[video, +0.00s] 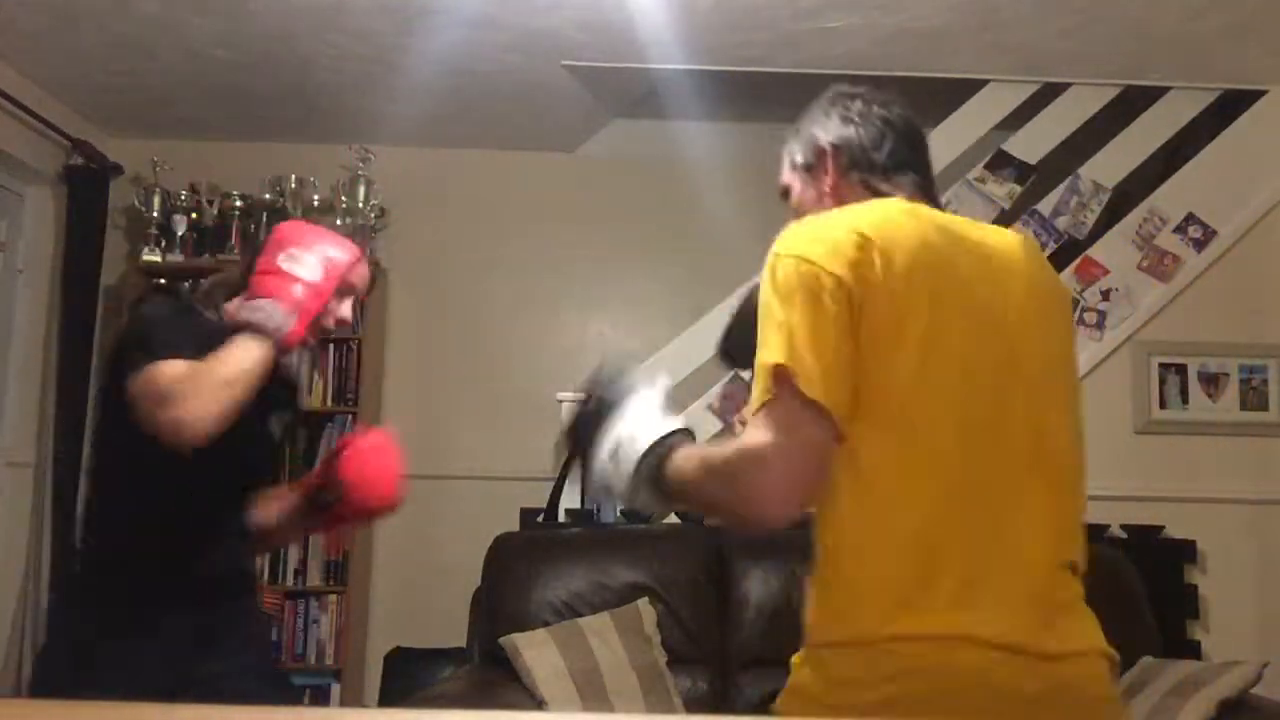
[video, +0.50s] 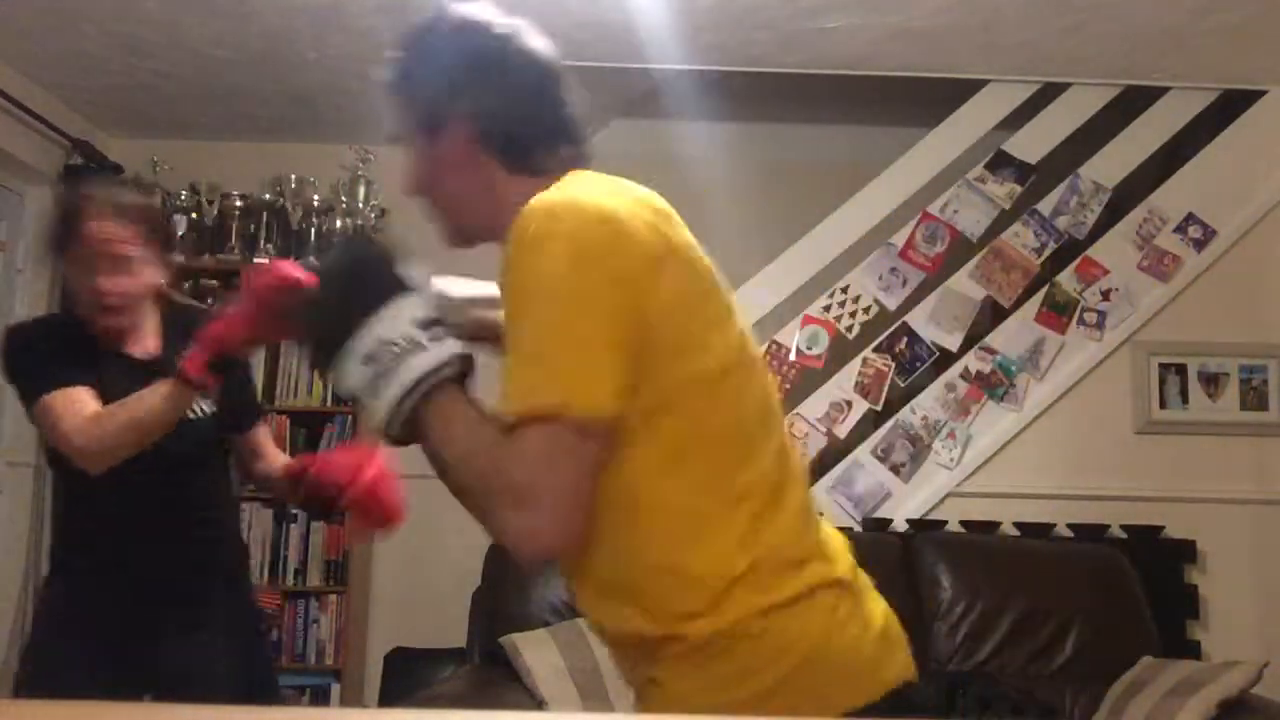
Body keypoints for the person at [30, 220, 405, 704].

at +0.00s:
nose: (348, 316)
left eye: (355, 300)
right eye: (342, 293)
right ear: (297, 277)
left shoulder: (268, 383)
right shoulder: (163, 322)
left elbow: (239, 521)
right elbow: (184, 415)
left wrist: (320, 496)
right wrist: (271, 319)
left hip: (222, 636)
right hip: (122, 635)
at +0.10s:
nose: (340, 294)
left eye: (353, 281)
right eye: (330, 272)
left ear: (358, 288)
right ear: (272, 256)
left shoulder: (318, 363)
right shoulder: (170, 323)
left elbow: (356, 504)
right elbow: (117, 451)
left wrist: (404, 454)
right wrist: (234, 356)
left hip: (243, 615)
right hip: (129, 609)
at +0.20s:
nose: (316, 276)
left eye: (329, 263)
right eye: (302, 252)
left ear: (337, 269)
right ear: (247, 242)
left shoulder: (319, 332)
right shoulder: (162, 319)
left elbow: (396, 463)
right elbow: (111, 466)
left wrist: (432, 404)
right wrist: (227, 374)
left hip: (248, 594)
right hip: (132, 589)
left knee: (270, 719)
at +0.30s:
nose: (263, 283)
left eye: (281, 265)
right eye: (250, 257)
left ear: (296, 269)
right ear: (202, 243)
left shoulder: (284, 332)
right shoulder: (127, 321)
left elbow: (361, 453)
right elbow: (129, 455)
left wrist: (402, 396)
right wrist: (232, 371)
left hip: (247, 598)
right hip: (129, 596)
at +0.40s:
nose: (198, 293)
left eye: (216, 276)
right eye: (181, 271)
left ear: (235, 283)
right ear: (141, 265)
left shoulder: (244, 343)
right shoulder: (87, 337)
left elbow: (301, 473)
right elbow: (120, 442)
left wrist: (355, 441)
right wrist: (246, 368)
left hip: (228, 620)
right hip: (111, 620)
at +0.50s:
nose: (105, 285)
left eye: (124, 265)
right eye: (89, 266)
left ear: (162, 269)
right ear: (66, 269)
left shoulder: (207, 342)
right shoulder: (42, 344)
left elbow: (262, 459)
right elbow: (89, 445)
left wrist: (321, 482)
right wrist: (207, 358)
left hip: (208, 624)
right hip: (91, 625)